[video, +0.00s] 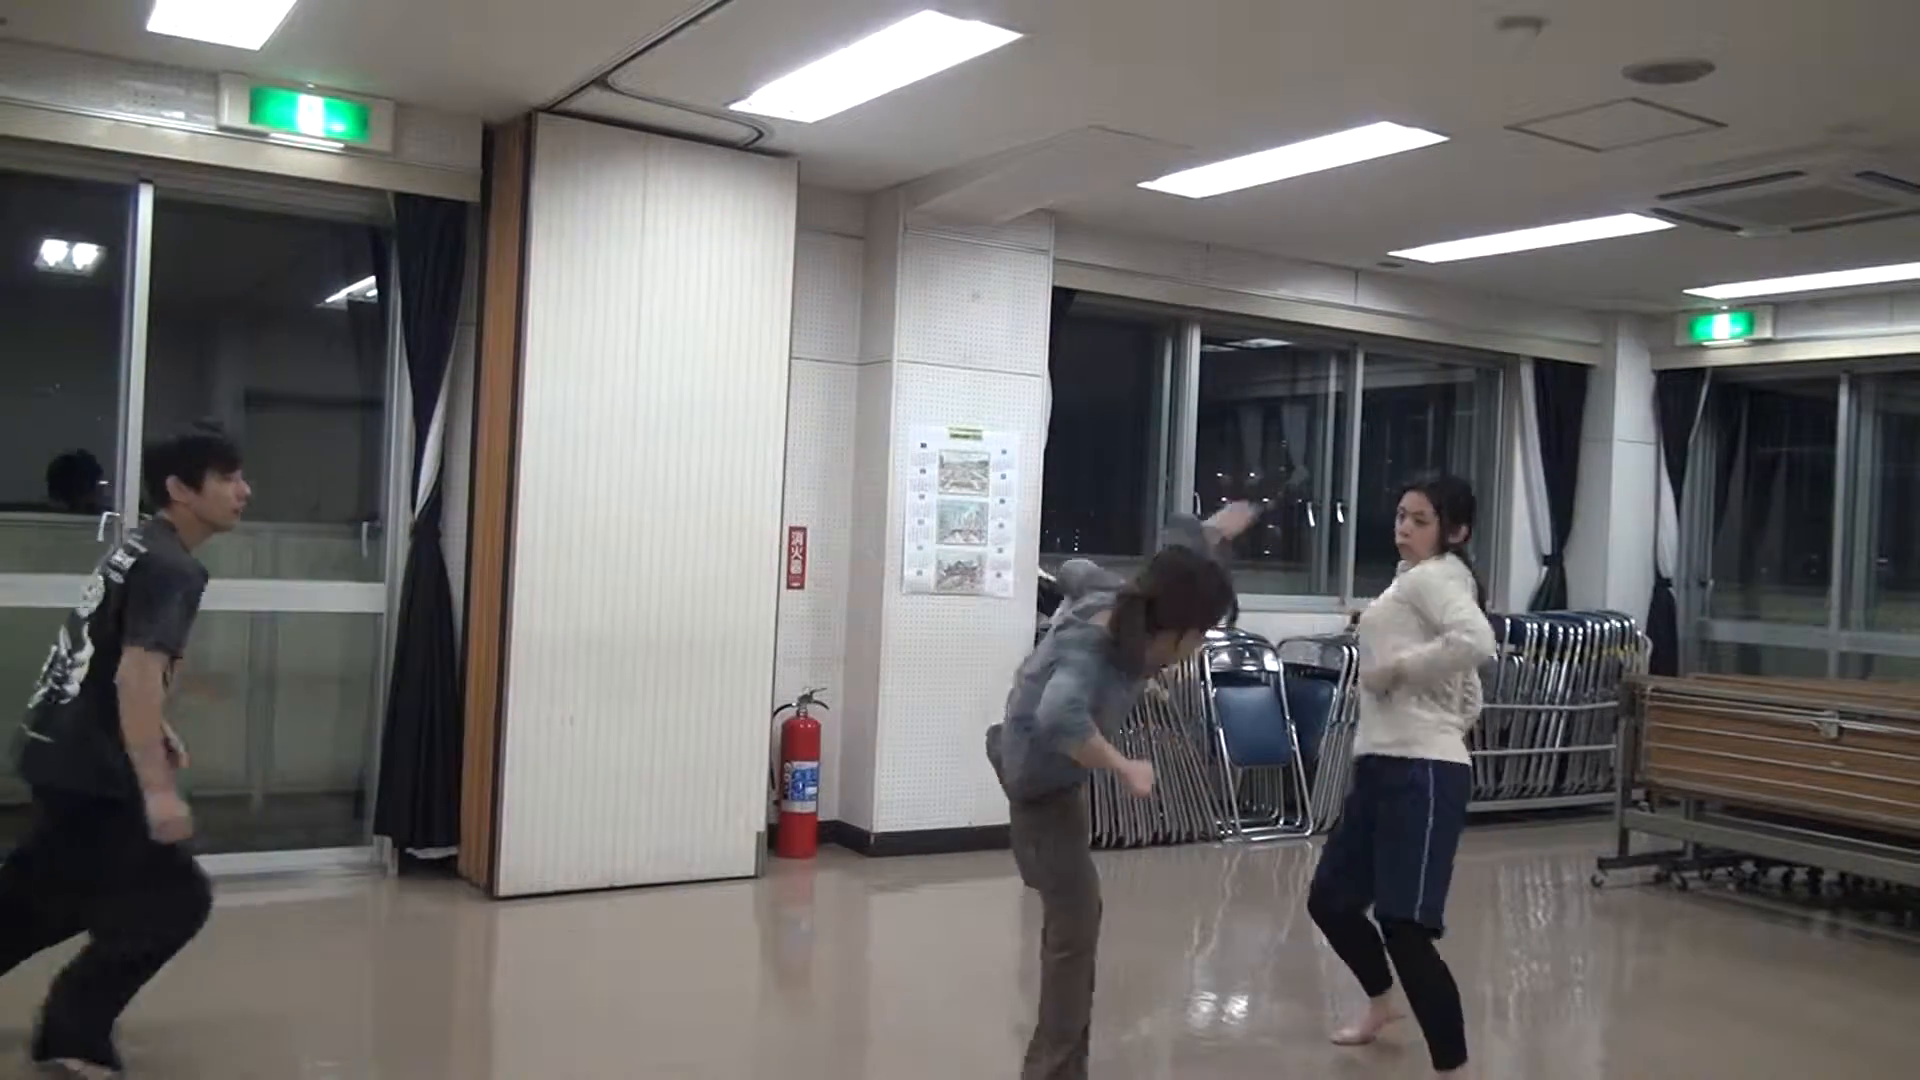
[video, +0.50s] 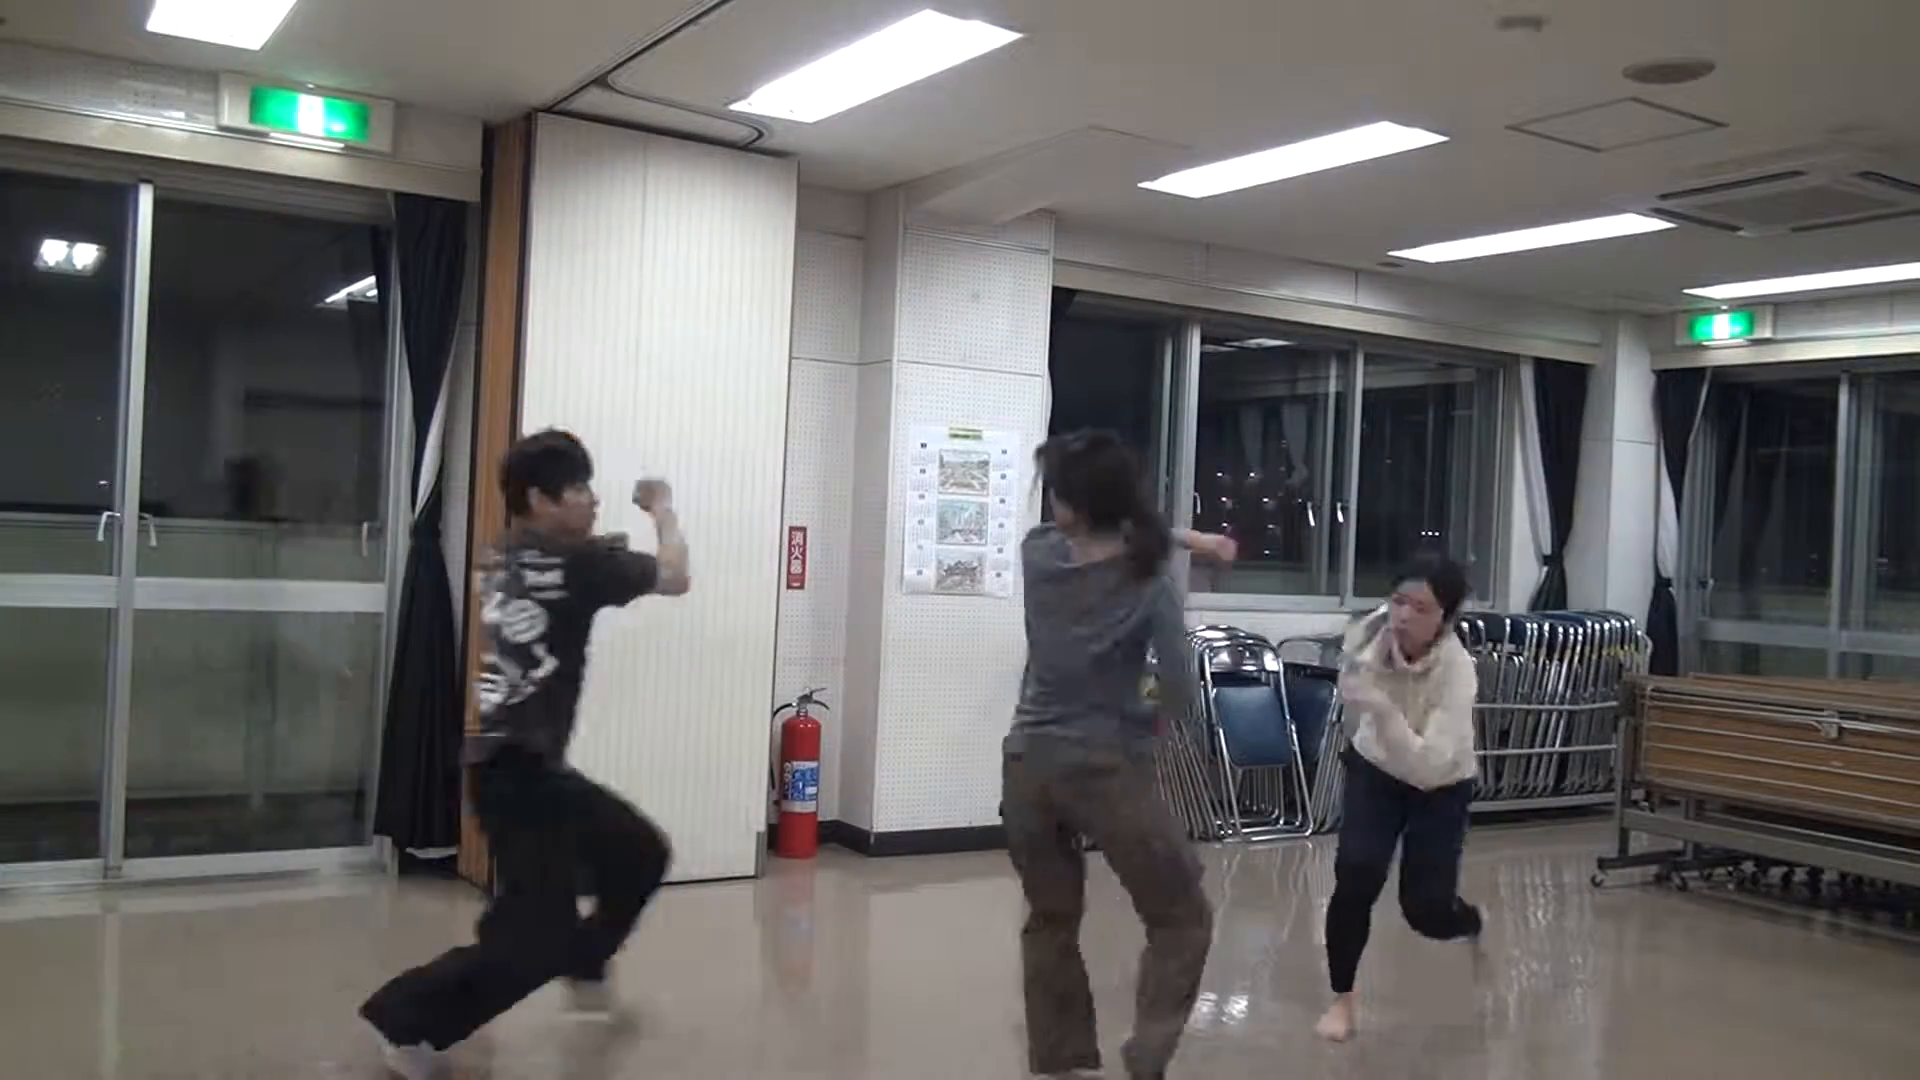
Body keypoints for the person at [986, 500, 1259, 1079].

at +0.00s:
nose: (1195, 647)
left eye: (1201, 637)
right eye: (1196, 636)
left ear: (1161, 604)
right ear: (1169, 626)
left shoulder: (1128, 598)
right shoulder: (1089, 651)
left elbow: (1175, 545)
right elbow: (1057, 720)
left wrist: (1220, 528)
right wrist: (1121, 766)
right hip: (1041, 776)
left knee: (1074, 908)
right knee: (1075, 917)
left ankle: (1056, 1054)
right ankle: (1057, 1065)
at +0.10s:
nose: (1219, 651)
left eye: (1223, 638)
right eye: (1216, 638)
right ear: (1179, 634)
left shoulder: (1121, 593)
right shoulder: (1091, 675)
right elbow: (1053, 763)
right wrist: (1118, 833)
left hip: (1017, 733)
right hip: (1032, 775)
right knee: (1070, 920)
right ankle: (1061, 1067)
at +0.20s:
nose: (1183, 624)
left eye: (1187, 615)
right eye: (1179, 616)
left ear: (1135, 589)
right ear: (1151, 618)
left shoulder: (1109, 599)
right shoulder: (1064, 677)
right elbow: (1038, 802)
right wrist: (1086, 892)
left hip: (1101, 725)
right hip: (1057, 779)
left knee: (1199, 740)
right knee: (1081, 941)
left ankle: (1154, 790)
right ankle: (1064, 1070)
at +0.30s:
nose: (1163, 595)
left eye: (1166, 583)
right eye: (1158, 585)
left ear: (1118, 576)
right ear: (1128, 583)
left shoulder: (1120, 616)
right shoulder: (1055, 658)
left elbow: (1115, 704)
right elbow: (1036, 771)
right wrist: (1091, 825)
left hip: (1132, 784)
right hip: (1078, 806)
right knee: (1110, 952)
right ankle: (1073, 1068)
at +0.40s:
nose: (1147, 537)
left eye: (1145, 524)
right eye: (1142, 527)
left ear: (1079, 529)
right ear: (1127, 538)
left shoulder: (1060, 574)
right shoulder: (1096, 632)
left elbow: (1131, 516)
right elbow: (1078, 744)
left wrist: (1195, 543)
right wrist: (1139, 761)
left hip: (1050, 773)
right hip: (1092, 781)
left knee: (1088, 918)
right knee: (1173, 932)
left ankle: (1068, 1061)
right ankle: (1090, 1065)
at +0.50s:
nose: (1047, 501)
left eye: (1053, 492)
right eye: (1049, 491)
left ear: (1069, 502)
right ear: (1126, 500)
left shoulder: (1035, 552)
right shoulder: (1156, 576)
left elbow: (1107, 537)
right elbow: (1178, 681)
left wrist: (1185, 538)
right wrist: (1156, 713)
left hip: (1028, 764)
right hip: (1105, 767)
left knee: (1050, 918)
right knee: (1179, 916)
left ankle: (1061, 1066)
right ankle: (1146, 1062)